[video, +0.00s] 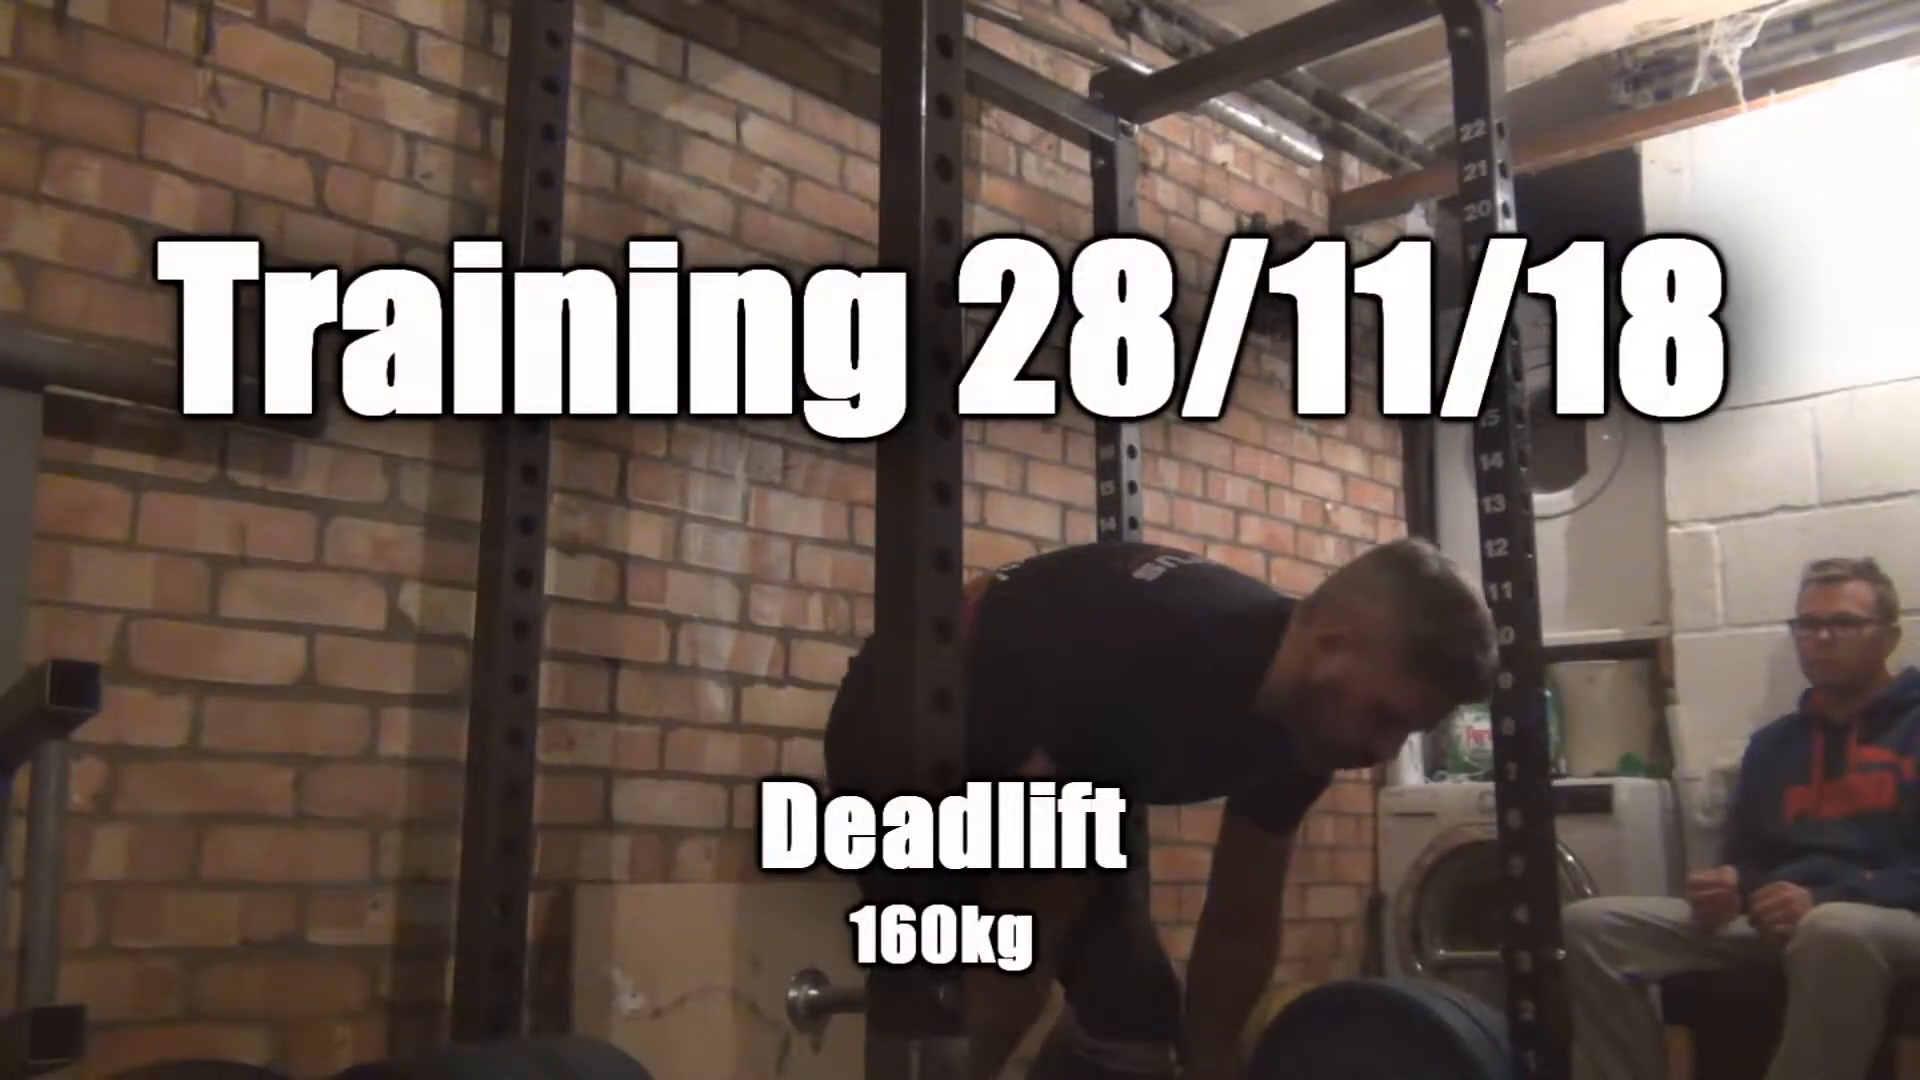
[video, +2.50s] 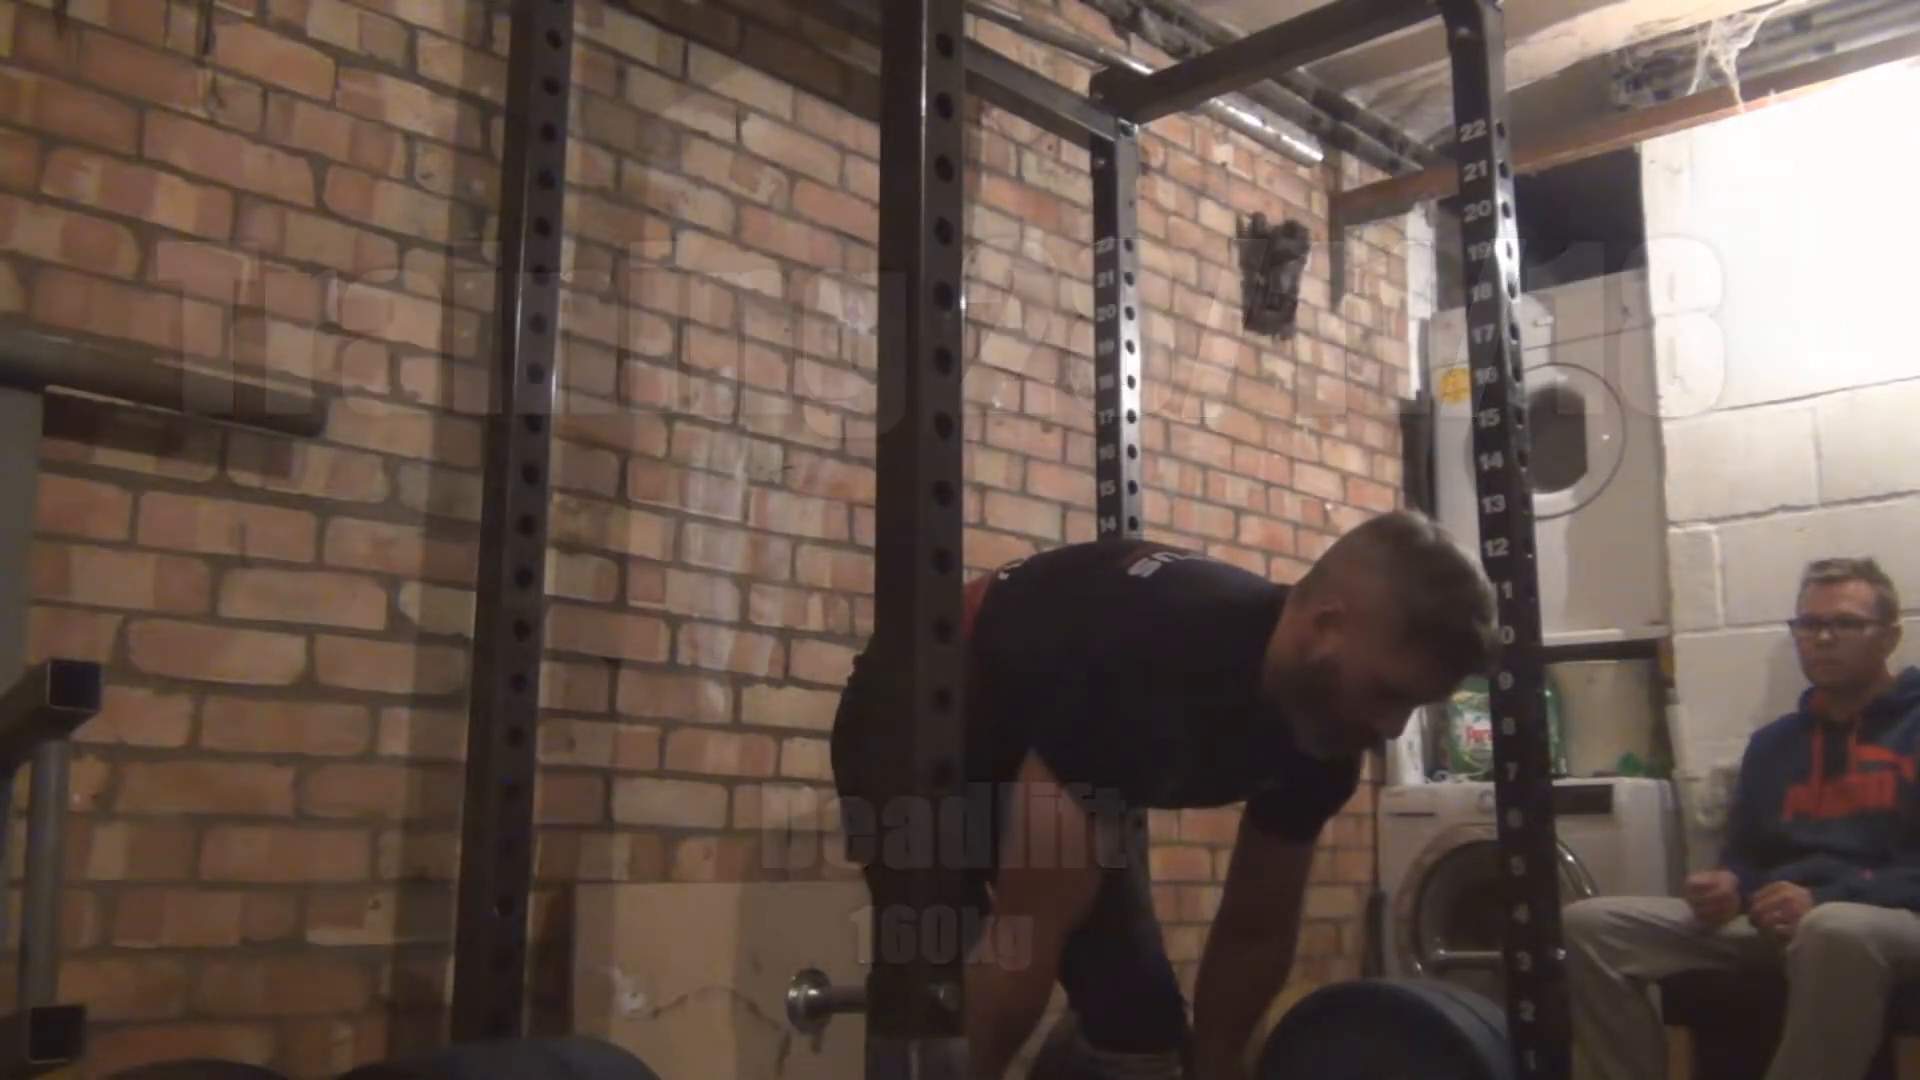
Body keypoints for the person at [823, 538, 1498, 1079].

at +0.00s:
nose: (1384, 754)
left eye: (1404, 734)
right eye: (1384, 719)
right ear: (1326, 646)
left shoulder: (1303, 730)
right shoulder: (1145, 648)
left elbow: (1240, 923)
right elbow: (1025, 943)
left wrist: (1211, 1067)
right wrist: (968, 1067)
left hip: (1056, 779)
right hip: (912, 730)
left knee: (1134, 1015)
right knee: (953, 1018)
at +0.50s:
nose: (1362, 739)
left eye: (1380, 720)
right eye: (1356, 708)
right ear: (1291, 638)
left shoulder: (1288, 726)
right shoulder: (1122, 650)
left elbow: (1234, 924)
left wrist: (1208, 1067)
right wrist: (969, 1063)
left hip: (1066, 784)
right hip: (907, 744)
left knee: (1131, 1033)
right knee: (930, 1026)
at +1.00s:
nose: (1385, 743)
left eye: (1404, 723)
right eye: (1384, 711)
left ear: (1324, 640)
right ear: (1320, 637)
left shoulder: (1295, 724)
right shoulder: (1145, 657)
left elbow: (1241, 920)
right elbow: (1043, 903)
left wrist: (1211, 1063)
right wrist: (980, 1064)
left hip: (1066, 777)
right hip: (914, 722)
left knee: (1130, 1017)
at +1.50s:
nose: (1376, 735)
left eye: (1396, 715)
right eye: (1372, 700)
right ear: (1309, 624)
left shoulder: (1308, 728)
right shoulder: (1122, 637)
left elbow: (1244, 925)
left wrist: (1214, 1066)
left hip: (1069, 778)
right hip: (923, 740)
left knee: (1133, 1033)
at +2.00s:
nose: (1388, 726)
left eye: (1407, 704)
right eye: (1384, 692)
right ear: (1316, 623)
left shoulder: (1314, 720)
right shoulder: (1153, 656)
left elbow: (1251, 923)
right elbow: (1028, 913)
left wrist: (1216, 1068)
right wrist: (984, 1069)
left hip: (1065, 766)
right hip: (918, 730)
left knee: (1138, 1019)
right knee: (934, 1013)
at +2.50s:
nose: (1392, 731)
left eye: (1411, 709)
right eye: (1387, 696)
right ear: (1320, 626)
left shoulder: (1324, 736)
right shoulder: (1152, 650)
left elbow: (1257, 931)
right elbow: (1030, 921)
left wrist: (1215, 1070)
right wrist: (968, 1069)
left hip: (1071, 763)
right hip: (926, 728)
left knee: (1138, 1024)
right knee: (937, 1019)